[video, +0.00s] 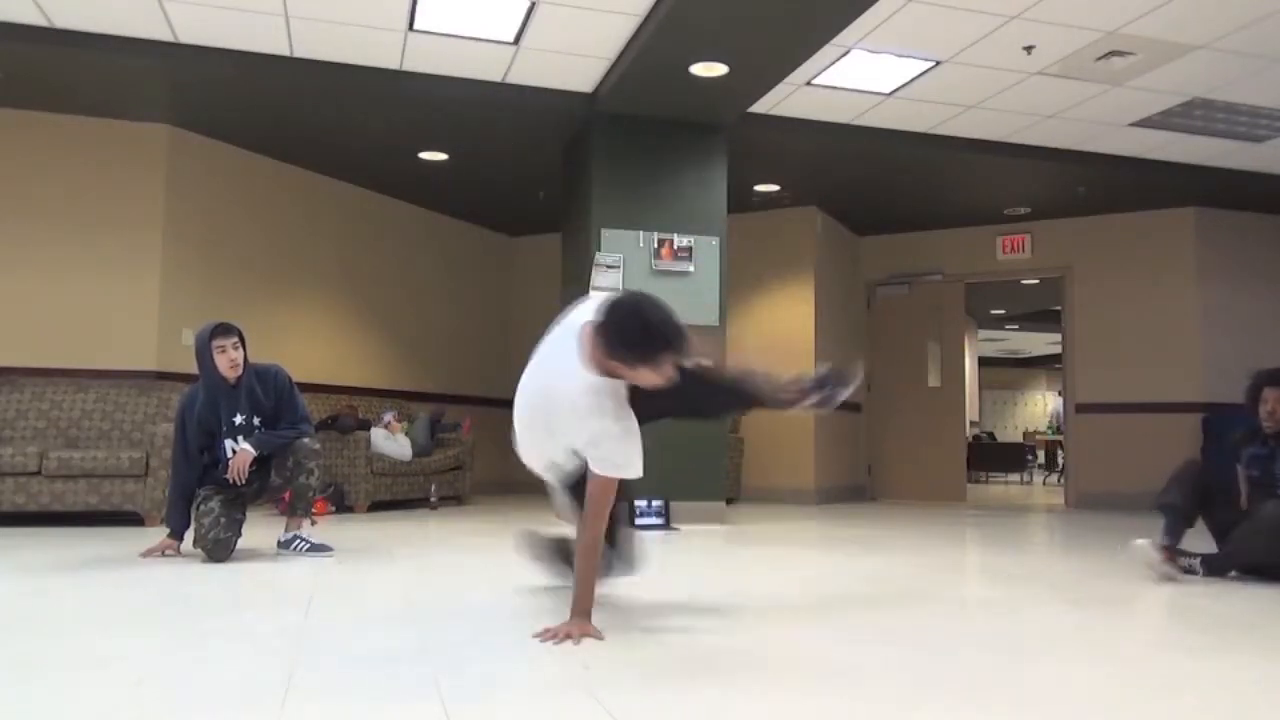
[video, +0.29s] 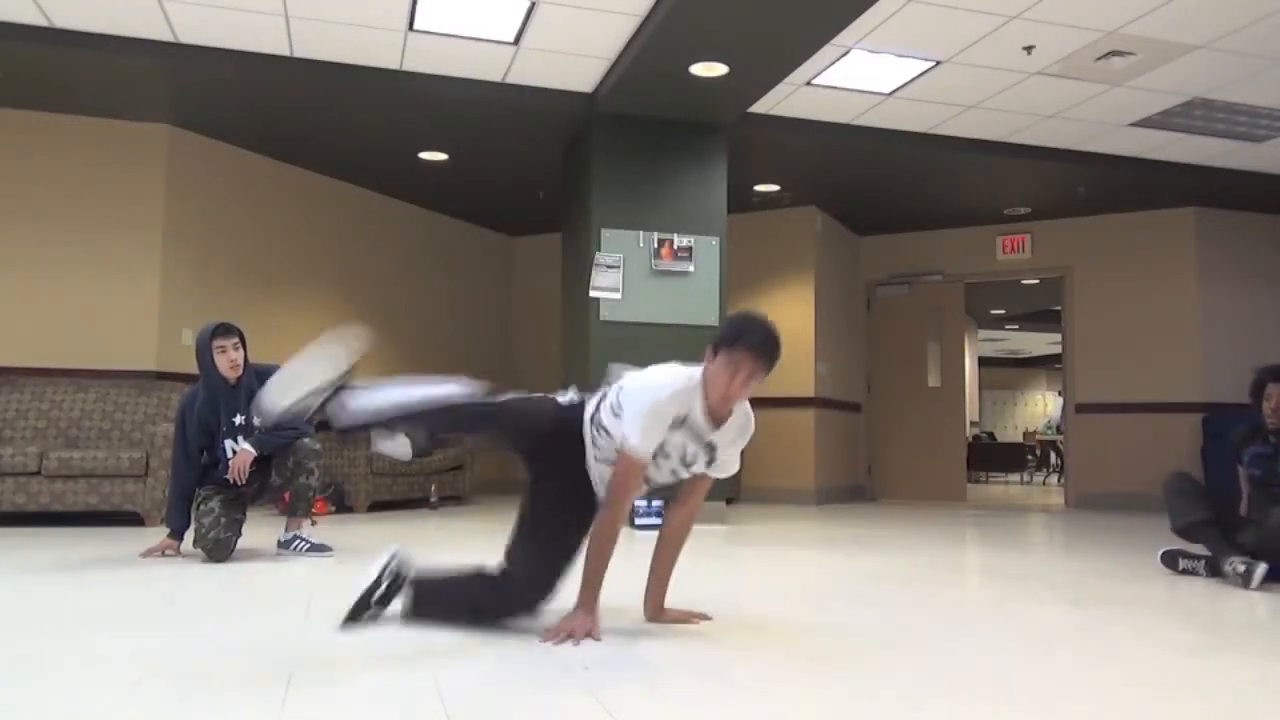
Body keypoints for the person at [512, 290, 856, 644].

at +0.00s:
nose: (673, 374)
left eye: (673, 361)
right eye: (660, 369)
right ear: (625, 368)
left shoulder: (603, 306)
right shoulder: (606, 423)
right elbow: (593, 525)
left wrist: (699, 364)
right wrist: (580, 617)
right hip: (561, 456)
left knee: (692, 388)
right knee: (619, 556)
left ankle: (793, 392)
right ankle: (551, 551)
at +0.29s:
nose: (735, 385)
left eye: (751, 377)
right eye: (731, 368)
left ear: (761, 382)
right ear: (710, 357)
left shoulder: (738, 425)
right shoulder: (662, 393)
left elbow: (682, 510)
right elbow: (615, 505)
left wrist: (654, 605)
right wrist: (587, 606)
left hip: (582, 487)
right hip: (564, 429)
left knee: (517, 596)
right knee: (491, 411)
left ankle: (404, 586)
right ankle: (345, 411)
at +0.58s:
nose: (606, 339)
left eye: (613, 331)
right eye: (596, 330)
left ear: (624, 343)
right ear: (573, 339)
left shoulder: (644, 403)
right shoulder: (549, 383)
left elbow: (653, 491)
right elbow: (521, 472)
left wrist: (655, 604)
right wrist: (495, 560)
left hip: (668, 517)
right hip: (607, 520)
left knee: (797, 420)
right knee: (590, 481)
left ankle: (910, 511)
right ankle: (704, 610)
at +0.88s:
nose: (571, 382)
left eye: (575, 370)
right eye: (558, 374)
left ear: (578, 359)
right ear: (521, 364)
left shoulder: (584, 387)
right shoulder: (494, 414)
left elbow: (621, 448)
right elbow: (513, 523)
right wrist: (536, 628)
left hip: (641, 488)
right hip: (629, 549)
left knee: (699, 395)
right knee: (773, 593)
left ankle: (840, 462)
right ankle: (828, 601)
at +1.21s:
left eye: (601, 437)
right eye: (577, 442)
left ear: (615, 390)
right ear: (548, 408)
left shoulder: (644, 363)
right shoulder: (523, 395)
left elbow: (737, 416)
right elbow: (543, 518)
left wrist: (778, 486)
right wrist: (540, 630)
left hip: (630, 438)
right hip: (575, 480)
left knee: (685, 488)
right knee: (632, 598)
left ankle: (715, 589)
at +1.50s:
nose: (587, 443)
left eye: (606, 431)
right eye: (576, 433)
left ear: (627, 382)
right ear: (561, 394)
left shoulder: (654, 351)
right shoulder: (543, 383)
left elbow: (706, 459)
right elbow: (545, 517)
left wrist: (613, 515)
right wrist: (539, 626)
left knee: (695, 481)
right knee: (478, 479)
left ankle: (718, 595)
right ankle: (426, 580)